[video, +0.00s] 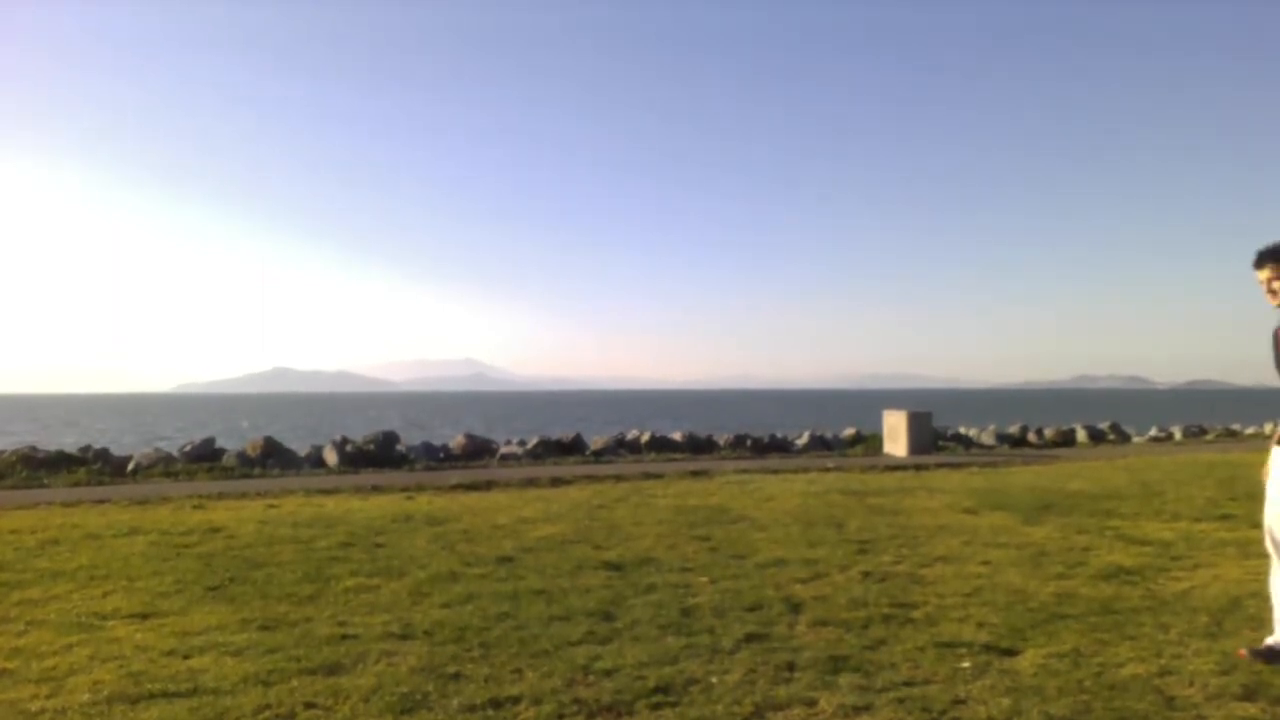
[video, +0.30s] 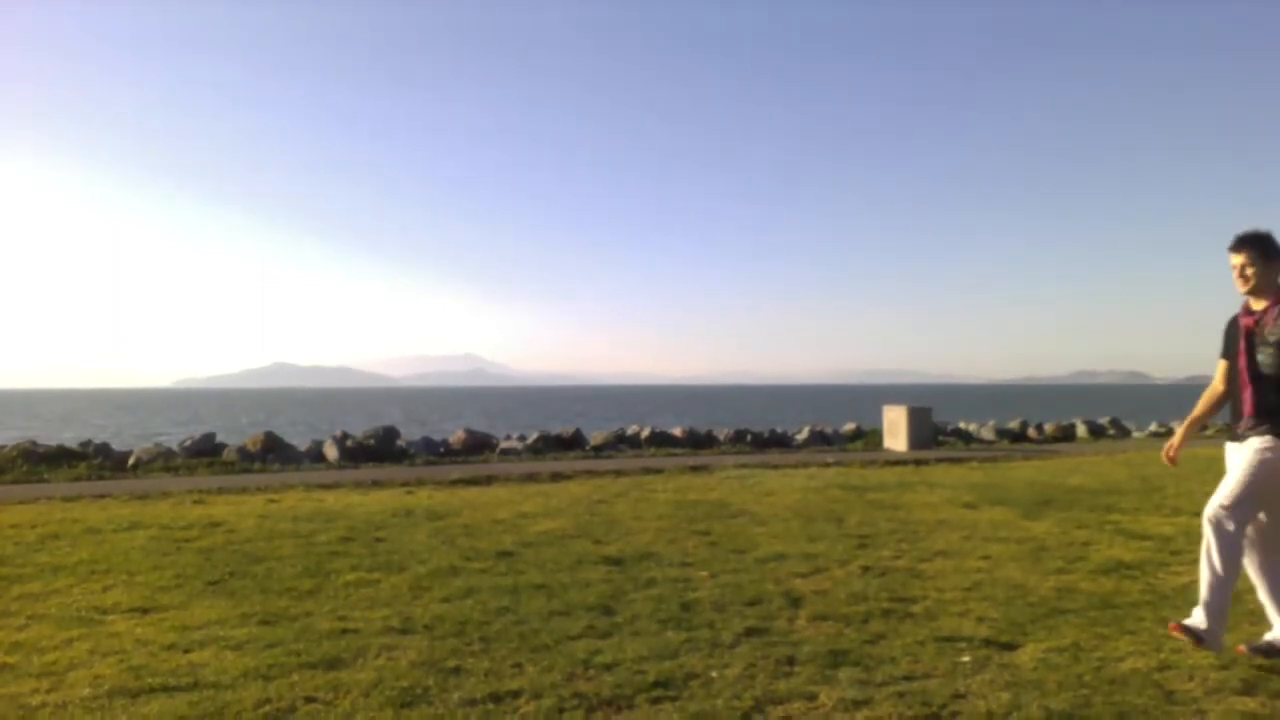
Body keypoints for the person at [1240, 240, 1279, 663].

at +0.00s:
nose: (1270, 292)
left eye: (1274, 283)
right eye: (1266, 285)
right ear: (1261, 286)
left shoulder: (1276, 334)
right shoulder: (1274, 335)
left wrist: (1273, 447)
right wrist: (1274, 446)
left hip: (1277, 443)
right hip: (1277, 443)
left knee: (1274, 530)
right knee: (1272, 531)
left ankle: (1277, 631)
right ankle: (1276, 630)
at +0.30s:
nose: (1240, 275)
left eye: (1248, 267)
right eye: (1235, 269)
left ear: (1271, 266)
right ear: (1233, 273)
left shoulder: (1277, 314)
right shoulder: (1239, 323)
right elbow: (1221, 384)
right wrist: (1186, 428)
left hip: (1271, 438)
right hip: (1240, 439)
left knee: (1220, 514)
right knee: (1259, 538)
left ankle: (1207, 623)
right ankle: (1278, 628)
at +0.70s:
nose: (1170, 273)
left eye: (1181, 266)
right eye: (1167, 265)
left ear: (1205, 269)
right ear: (1162, 270)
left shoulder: (1224, 324)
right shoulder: (1160, 326)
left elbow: (1252, 392)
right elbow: (1152, 390)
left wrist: (1266, 457)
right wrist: (1128, 440)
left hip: (1203, 452)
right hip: (1167, 451)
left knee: (1176, 546)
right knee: (1209, 546)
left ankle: (1156, 649)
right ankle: (1269, 628)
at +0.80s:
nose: (1145, 273)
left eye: (1154, 265)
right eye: (1141, 266)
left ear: (1181, 266)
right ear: (1138, 269)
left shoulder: (1202, 322)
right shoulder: (1140, 323)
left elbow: (1224, 392)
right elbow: (1137, 388)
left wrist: (1232, 458)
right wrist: (1121, 442)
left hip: (1183, 450)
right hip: (1143, 449)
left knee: (1163, 550)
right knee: (1148, 546)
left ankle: (1148, 653)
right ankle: (1238, 599)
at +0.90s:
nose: (1124, 273)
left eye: (1133, 265)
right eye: (1119, 266)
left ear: (1159, 265)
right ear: (1117, 270)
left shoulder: (1181, 319)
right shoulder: (1127, 320)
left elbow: (1195, 392)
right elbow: (1128, 388)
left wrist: (1188, 458)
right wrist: (1114, 438)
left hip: (1160, 449)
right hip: (1121, 446)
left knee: (1151, 551)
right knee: (1101, 536)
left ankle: (1147, 652)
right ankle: (1184, 582)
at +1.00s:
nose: (1106, 271)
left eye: (1115, 263)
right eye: (1102, 264)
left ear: (1143, 262)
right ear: (1101, 268)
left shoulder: (1164, 316)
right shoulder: (1116, 314)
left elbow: (1165, 391)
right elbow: (1120, 380)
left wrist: (1137, 447)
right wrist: (1106, 432)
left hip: (1146, 450)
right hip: (1103, 443)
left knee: (1140, 553)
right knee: (1064, 526)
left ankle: (1148, 653)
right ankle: (1120, 605)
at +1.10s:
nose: (1090, 269)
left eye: (1098, 260)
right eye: (1085, 263)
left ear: (1126, 260)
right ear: (1084, 267)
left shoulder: (1146, 312)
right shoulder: (1100, 313)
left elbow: (1139, 383)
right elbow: (1108, 379)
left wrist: (1088, 430)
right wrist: (1091, 429)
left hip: (1130, 448)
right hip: (1089, 442)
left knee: (1133, 552)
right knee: (1040, 527)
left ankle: (1146, 654)